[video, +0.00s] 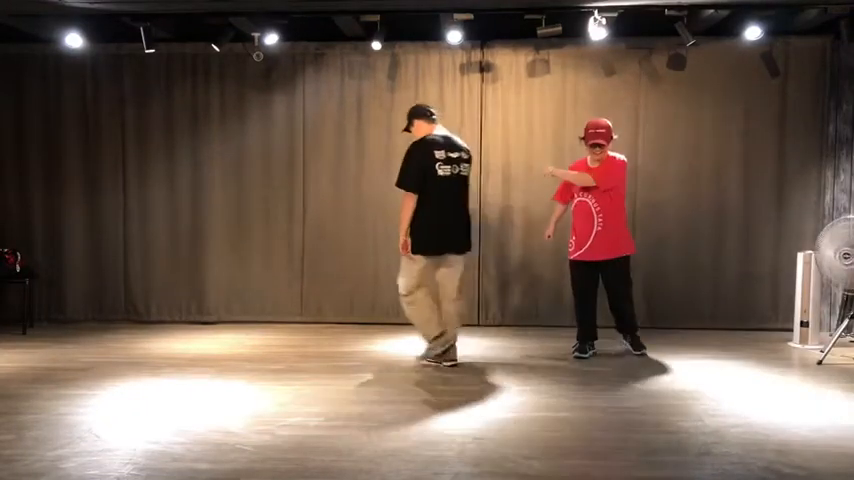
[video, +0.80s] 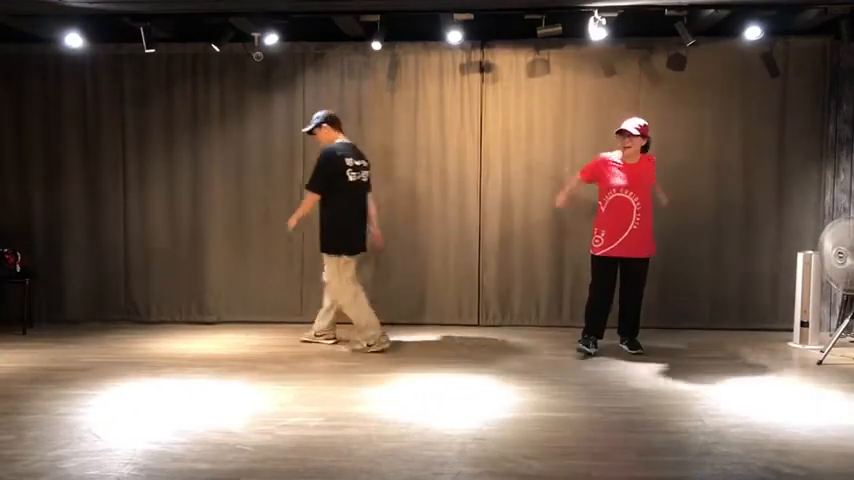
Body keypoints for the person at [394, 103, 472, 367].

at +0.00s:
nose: (412, 135)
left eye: (411, 130)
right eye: (411, 131)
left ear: (417, 123)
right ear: (435, 120)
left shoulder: (421, 147)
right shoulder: (462, 148)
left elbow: (411, 194)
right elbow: (460, 193)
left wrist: (403, 231)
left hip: (425, 233)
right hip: (457, 233)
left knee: (411, 287)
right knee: (450, 293)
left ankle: (437, 339)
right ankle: (448, 351)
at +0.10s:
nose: (400, 136)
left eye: (399, 131)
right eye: (399, 131)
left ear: (406, 125)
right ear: (423, 121)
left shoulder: (410, 149)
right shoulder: (448, 148)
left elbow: (404, 197)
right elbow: (445, 193)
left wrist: (398, 233)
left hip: (416, 235)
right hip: (446, 235)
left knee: (401, 292)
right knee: (444, 295)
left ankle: (399, 344)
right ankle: (446, 350)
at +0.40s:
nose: (360, 136)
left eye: (359, 131)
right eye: (358, 132)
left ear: (367, 127)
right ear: (381, 124)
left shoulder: (371, 154)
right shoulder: (405, 147)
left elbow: (365, 199)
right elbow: (408, 189)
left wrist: (360, 233)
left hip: (379, 231)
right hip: (407, 229)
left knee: (376, 287)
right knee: (408, 280)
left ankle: (377, 340)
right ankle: (429, 324)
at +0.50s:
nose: (349, 136)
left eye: (349, 131)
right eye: (348, 131)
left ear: (356, 126)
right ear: (369, 123)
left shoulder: (360, 152)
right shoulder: (395, 147)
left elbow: (349, 196)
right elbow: (394, 190)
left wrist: (340, 228)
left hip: (367, 229)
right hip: (393, 226)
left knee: (368, 285)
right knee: (385, 276)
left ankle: (377, 339)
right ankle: (405, 316)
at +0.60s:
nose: (339, 135)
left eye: (339, 130)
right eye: (337, 130)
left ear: (347, 125)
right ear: (357, 123)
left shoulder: (350, 151)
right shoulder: (385, 150)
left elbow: (335, 191)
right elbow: (388, 192)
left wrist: (321, 220)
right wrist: (390, 222)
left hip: (356, 230)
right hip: (378, 227)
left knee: (360, 287)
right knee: (369, 283)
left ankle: (375, 339)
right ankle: (377, 337)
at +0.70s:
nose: (328, 136)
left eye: (328, 131)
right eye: (327, 132)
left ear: (336, 127)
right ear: (346, 125)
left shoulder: (339, 153)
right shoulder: (372, 152)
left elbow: (324, 192)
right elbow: (380, 192)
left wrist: (308, 213)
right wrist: (386, 222)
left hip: (346, 232)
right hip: (367, 229)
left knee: (357, 284)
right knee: (345, 280)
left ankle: (375, 337)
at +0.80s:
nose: (316, 139)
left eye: (316, 134)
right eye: (314, 135)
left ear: (326, 129)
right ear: (334, 128)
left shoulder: (329, 155)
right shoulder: (359, 155)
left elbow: (313, 195)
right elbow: (367, 196)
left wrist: (296, 216)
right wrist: (374, 225)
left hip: (336, 234)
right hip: (355, 231)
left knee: (344, 286)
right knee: (333, 281)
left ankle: (374, 336)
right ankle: (323, 328)